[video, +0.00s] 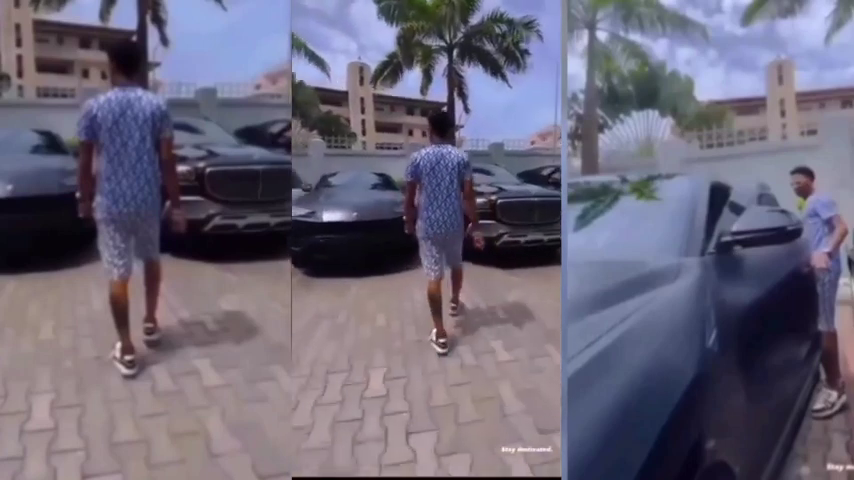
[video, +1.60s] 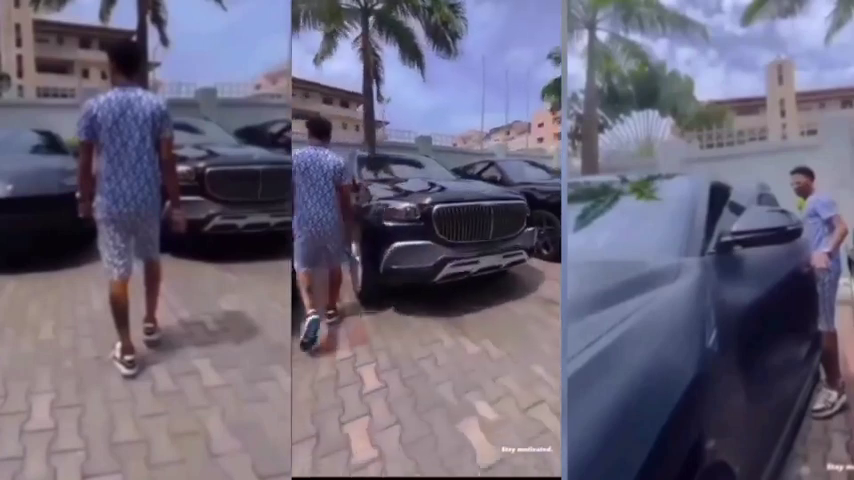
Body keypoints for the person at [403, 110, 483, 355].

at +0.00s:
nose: (429, 133)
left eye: (429, 129)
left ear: (430, 130)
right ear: (452, 130)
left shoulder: (419, 158)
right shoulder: (460, 158)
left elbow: (409, 195)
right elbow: (468, 194)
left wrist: (410, 221)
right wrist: (475, 225)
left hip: (428, 224)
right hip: (454, 224)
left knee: (434, 277)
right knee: (456, 263)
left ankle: (439, 332)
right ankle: (454, 300)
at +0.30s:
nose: (418, 136)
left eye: (418, 132)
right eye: (427, 131)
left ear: (418, 133)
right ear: (438, 133)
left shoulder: (406, 159)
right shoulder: (446, 160)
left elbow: (399, 197)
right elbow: (452, 198)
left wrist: (396, 227)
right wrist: (456, 228)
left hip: (414, 224)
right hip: (438, 224)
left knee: (410, 270)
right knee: (437, 268)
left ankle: (418, 316)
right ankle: (432, 309)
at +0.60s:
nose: (395, 135)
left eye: (394, 131)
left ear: (393, 132)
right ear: (414, 131)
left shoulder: (384, 157)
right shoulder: (424, 157)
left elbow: (379, 194)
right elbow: (433, 192)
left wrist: (380, 225)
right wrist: (432, 218)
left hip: (393, 223)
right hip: (418, 223)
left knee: (391, 266)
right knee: (418, 274)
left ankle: (396, 303)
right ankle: (413, 329)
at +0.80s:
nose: (371, 138)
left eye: (369, 134)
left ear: (369, 135)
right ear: (390, 134)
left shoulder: (363, 163)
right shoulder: (403, 161)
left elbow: (360, 201)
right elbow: (412, 195)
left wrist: (360, 233)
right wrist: (414, 219)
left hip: (376, 227)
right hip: (401, 226)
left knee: (378, 269)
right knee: (403, 275)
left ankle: (382, 303)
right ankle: (400, 333)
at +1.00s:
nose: (349, 133)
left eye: (345, 129)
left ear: (345, 130)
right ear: (366, 129)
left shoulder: (337, 156)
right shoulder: (378, 155)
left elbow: (335, 196)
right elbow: (389, 192)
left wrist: (334, 228)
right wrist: (394, 220)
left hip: (351, 224)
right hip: (378, 222)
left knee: (357, 271)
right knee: (387, 266)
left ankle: (365, 313)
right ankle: (384, 304)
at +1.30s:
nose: (330, 137)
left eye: (325, 132)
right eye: (339, 133)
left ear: (321, 133)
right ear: (343, 133)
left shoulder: (309, 157)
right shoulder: (352, 158)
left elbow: (300, 192)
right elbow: (360, 195)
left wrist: (301, 222)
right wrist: (369, 225)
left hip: (320, 223)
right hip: (348, 221)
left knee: (329, 275)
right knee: (354, 261)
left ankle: (339, 331)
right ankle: (356, 297)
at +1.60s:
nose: (315, 139)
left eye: (312, 134)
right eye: (324, 135)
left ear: (309, 134)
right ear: (329, 136)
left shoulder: (296, 159)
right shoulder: (336, 162)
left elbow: (293, 191)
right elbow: (345, 195)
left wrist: (294, 214)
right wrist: (349, 221)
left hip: (304, 219)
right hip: (331, 219)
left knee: (303, 267)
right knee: (334, 262)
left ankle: (310, 311)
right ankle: (331, 306)